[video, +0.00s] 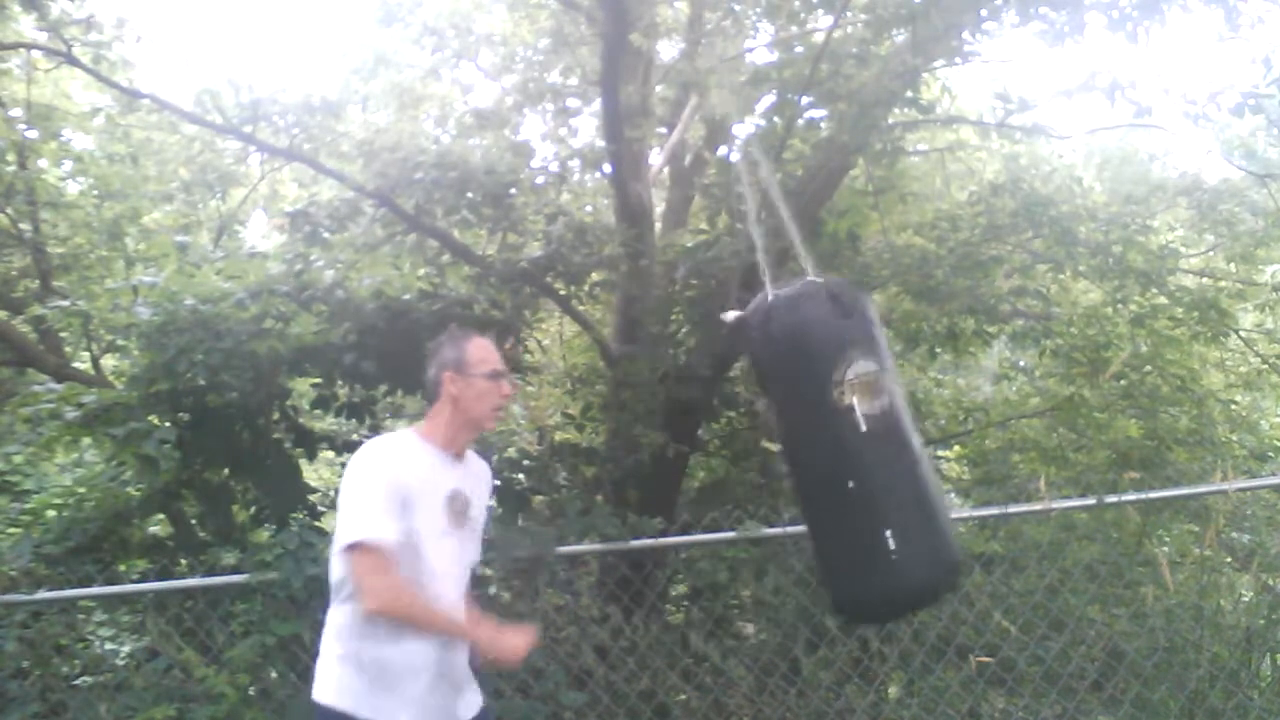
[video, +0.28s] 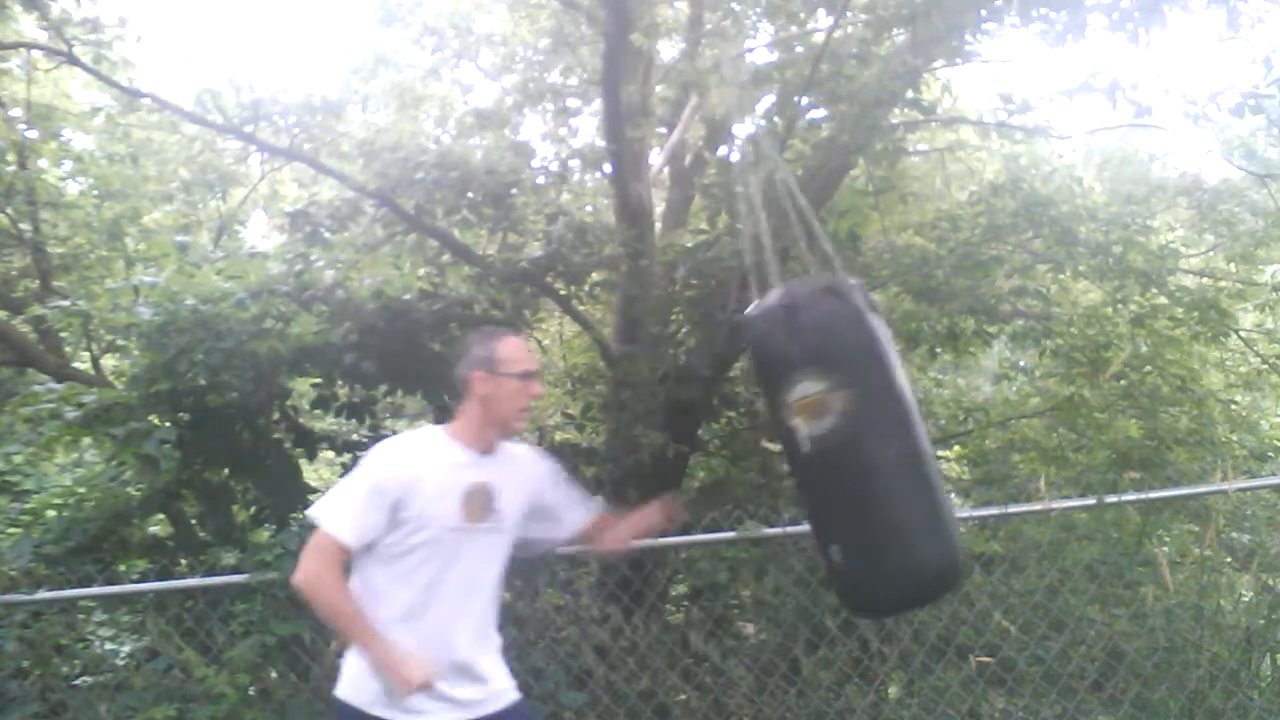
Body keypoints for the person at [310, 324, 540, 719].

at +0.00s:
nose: (508, 391)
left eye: (507, 378)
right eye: (494, 377)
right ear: (451, 384)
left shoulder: (478, 476)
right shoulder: (378, 462)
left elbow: (450, 584)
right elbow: (377, 592)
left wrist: (486, 633)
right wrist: (483, 633)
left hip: (448, 701)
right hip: (366, 702)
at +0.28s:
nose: (538, 392)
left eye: (538, 378)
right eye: (525, 378)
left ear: (486, 384)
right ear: (478, 382)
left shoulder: (526, 469)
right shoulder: (399, 461)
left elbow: (600, 533)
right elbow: (314, 572)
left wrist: (653, 517)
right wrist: (387, 657)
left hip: (484, 695)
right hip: (382, 699)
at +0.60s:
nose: (594, 357)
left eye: (593, 345)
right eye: (580, 344)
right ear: (539, 351)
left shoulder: (589, 443)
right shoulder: (495, 424)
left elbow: (667, 492)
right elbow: (460, 515)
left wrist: (749, 450)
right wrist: (568, 571)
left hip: (568, 674)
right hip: (491, 669)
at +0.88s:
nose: (595, 360)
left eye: (596, 348)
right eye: (584, 346)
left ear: (566, 357)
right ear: (541, 347)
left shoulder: (573, 446)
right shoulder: (496, 404)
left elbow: (651, 507)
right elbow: (394, 476)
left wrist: (729, 475)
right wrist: (301, 557)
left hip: (572, 641)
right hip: (561, 606)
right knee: (737, 534)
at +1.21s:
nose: (617, 351)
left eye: (615, 339)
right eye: (603, 338)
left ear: (569, 348)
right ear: (563, 346)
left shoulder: (576, 435)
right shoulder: (520, 416)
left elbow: (600, 554)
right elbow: (478, 524)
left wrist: (673, 538)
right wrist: (600, 559)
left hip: (604, 653)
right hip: (565, 662)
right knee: (675, 709)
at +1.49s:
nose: (626, 379)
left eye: (626, 365)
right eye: (619, 362)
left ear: (584, 363)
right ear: (583, 361)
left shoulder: (554, 440)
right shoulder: (523, 424)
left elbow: (642, 529)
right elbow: (630, 519)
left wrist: (741, 510)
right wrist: (648, 455)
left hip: (528, 695)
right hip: (490, 694)